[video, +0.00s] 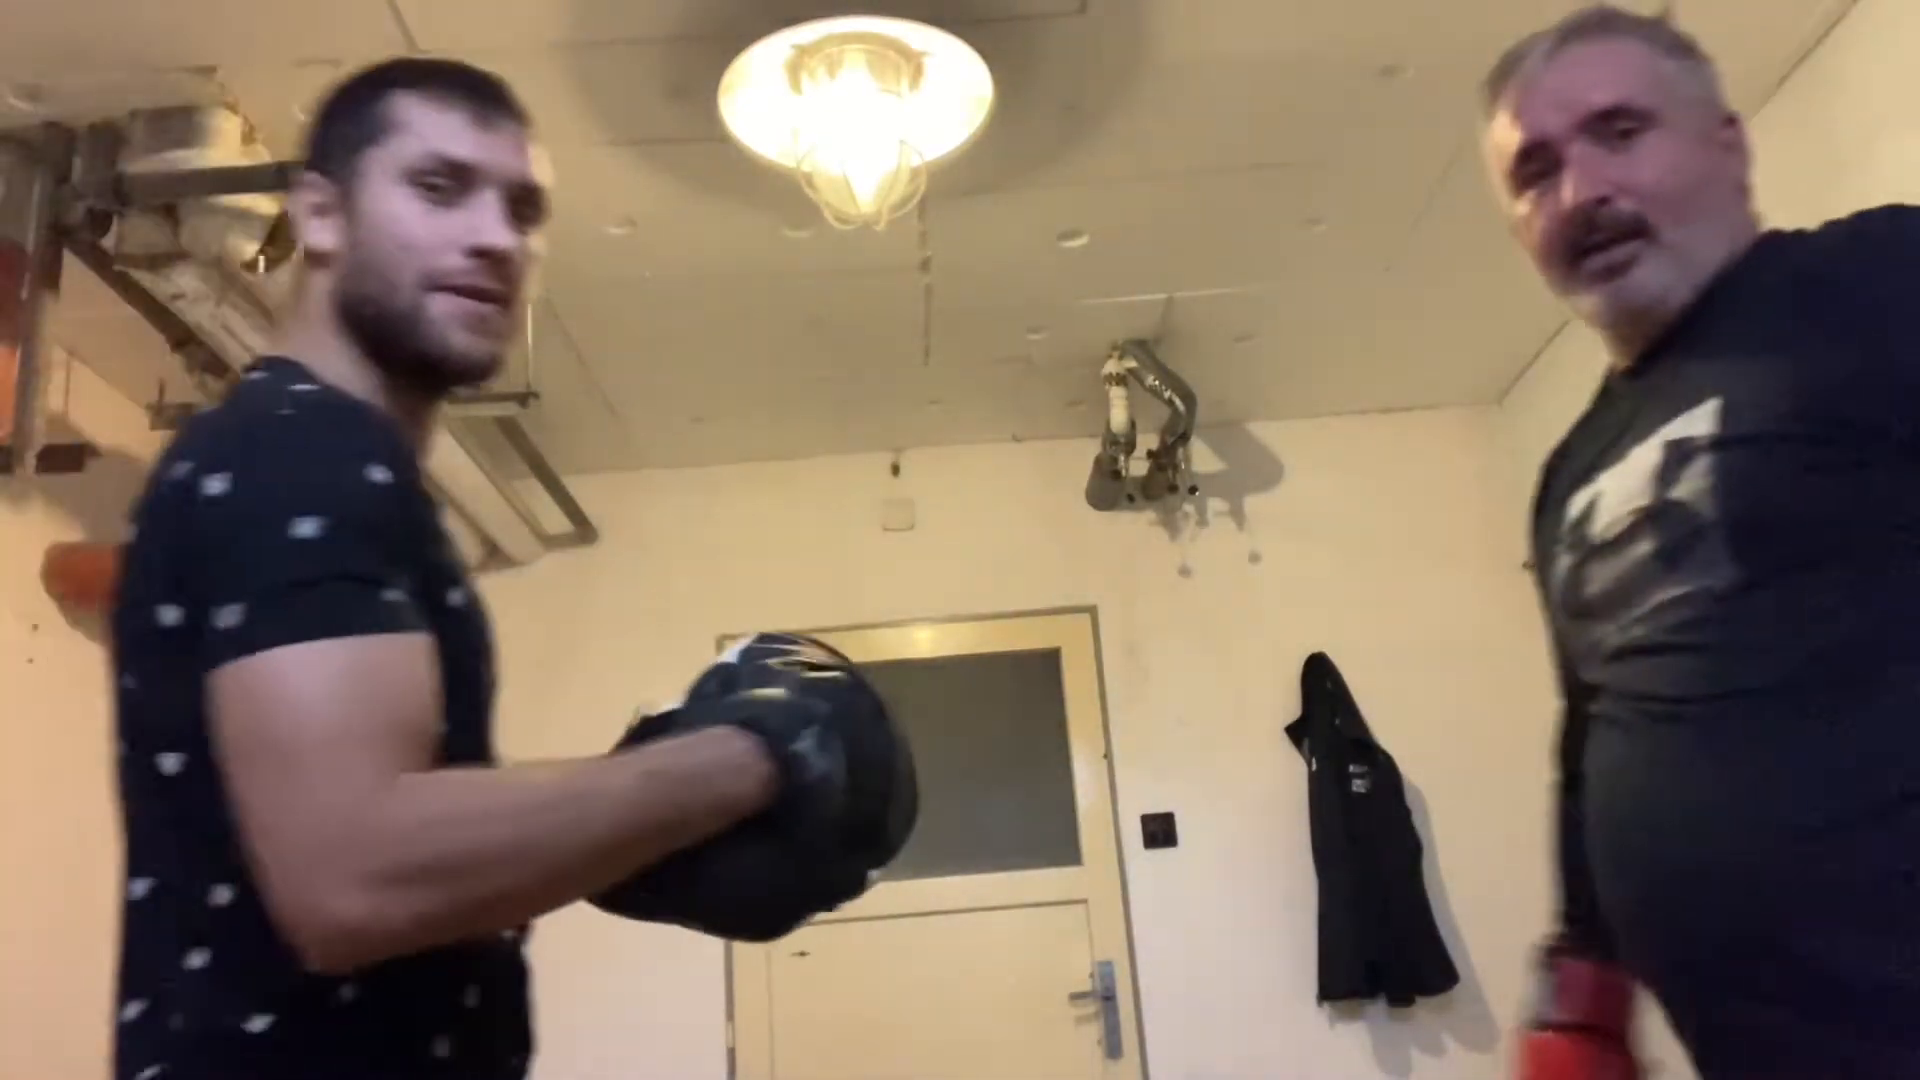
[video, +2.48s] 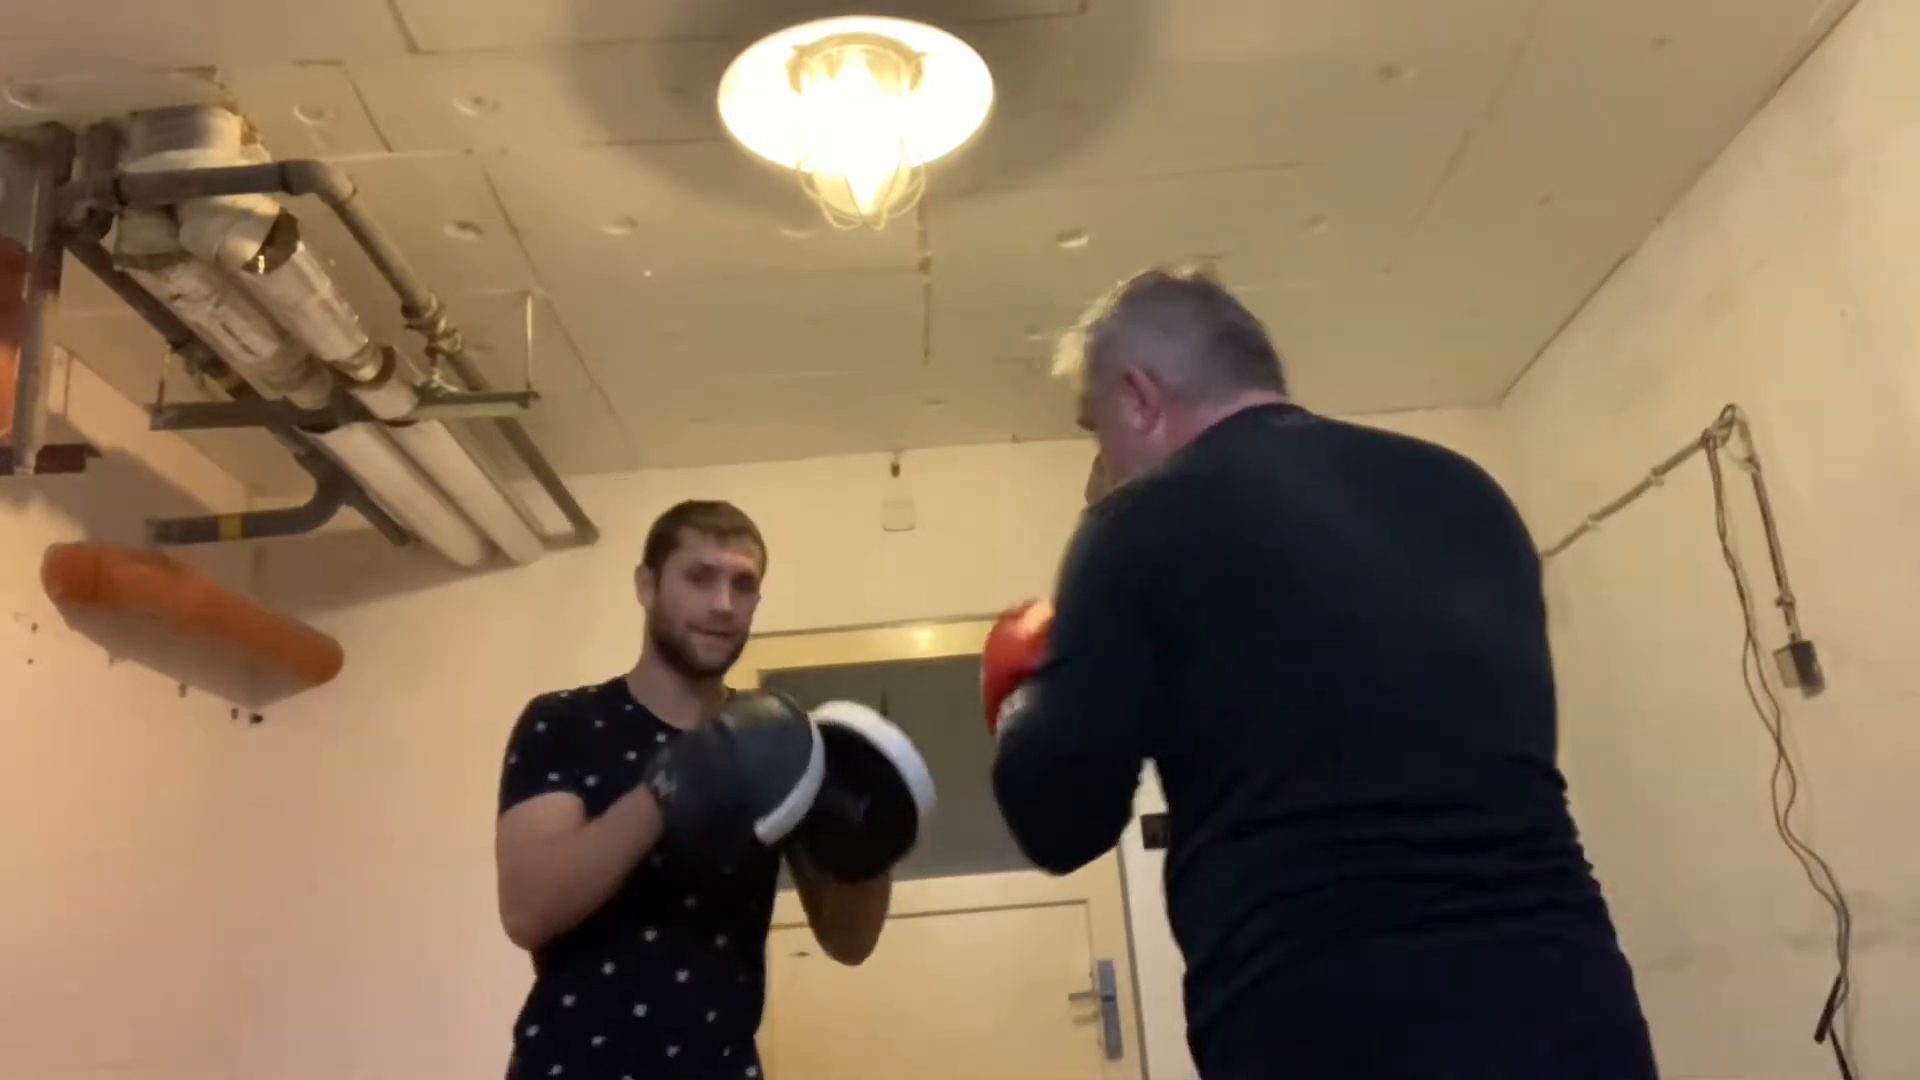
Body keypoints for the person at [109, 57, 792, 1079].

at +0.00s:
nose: (496, 238)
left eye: (522, 211)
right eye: (440, 187)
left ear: (539, 246)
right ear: (321, 216)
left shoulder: (356, 475)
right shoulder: (293, 458)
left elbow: (369, 832)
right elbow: (348, 881)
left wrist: (653, 778)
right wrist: (752, 757)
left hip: (400, 1054)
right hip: (304, 1056)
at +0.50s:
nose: (694, 375)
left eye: (721, 350)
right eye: (652, 335)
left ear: (742, 382)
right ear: (571, 357)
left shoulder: (693, 626)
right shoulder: (498, 565)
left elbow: (656, 901)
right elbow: (489, 889)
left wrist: (836, 893)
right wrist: (838, 793)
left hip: (695, 1053)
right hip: (541, 1057)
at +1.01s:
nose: (748, 469)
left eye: (776, 448)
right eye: (717, 441)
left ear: (801, 484)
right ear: (661, 466)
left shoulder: (833, 690)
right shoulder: (561, 647)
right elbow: (491, 907)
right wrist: (697, 845)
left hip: (767, 1056)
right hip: (591, 1056)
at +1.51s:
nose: (569, 542)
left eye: (592, 519)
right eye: (539, 520)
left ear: (625, 545)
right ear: (498, 548)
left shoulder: (714, 702)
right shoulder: (439, 741)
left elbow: (802, 917)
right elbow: (412, 979)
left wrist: (758, 865)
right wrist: (520, 872)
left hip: (694, 1058)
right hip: (523, 1062)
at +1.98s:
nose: (627, 574)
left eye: (648, 553)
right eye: (599, 552)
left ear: (672, 578)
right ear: (555, 575)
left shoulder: (740, 724)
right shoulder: (494, 750)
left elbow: (810, 932)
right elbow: (463, 962)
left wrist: (786, 829)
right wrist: (567, 836)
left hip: (710, 1061)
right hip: (555, 1063)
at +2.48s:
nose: (725, 605)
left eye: (744, 586)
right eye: (700, 578)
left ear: (757, 603)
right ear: (647, 587)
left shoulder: (768, 745)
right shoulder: (562, 726)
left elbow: (850, 941)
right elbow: (530, 910)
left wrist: (859, 826)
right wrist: (671, 786)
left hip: (720, 1060)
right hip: (580, 1058)